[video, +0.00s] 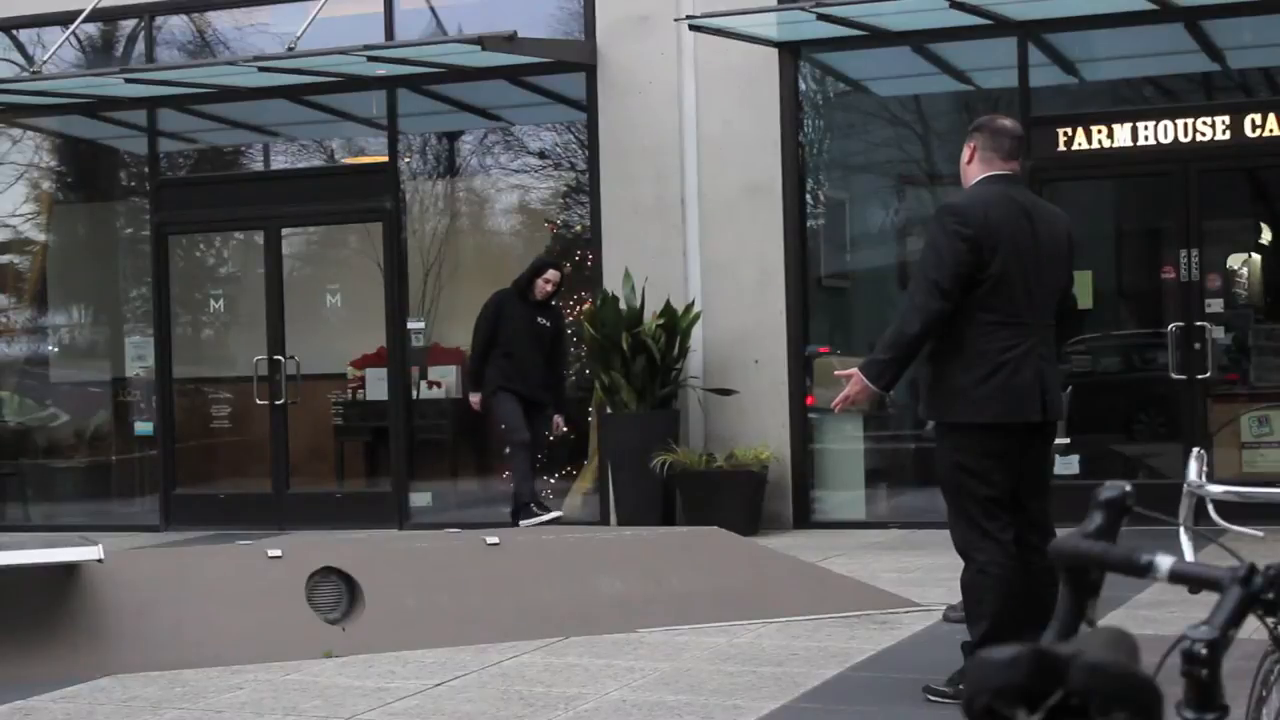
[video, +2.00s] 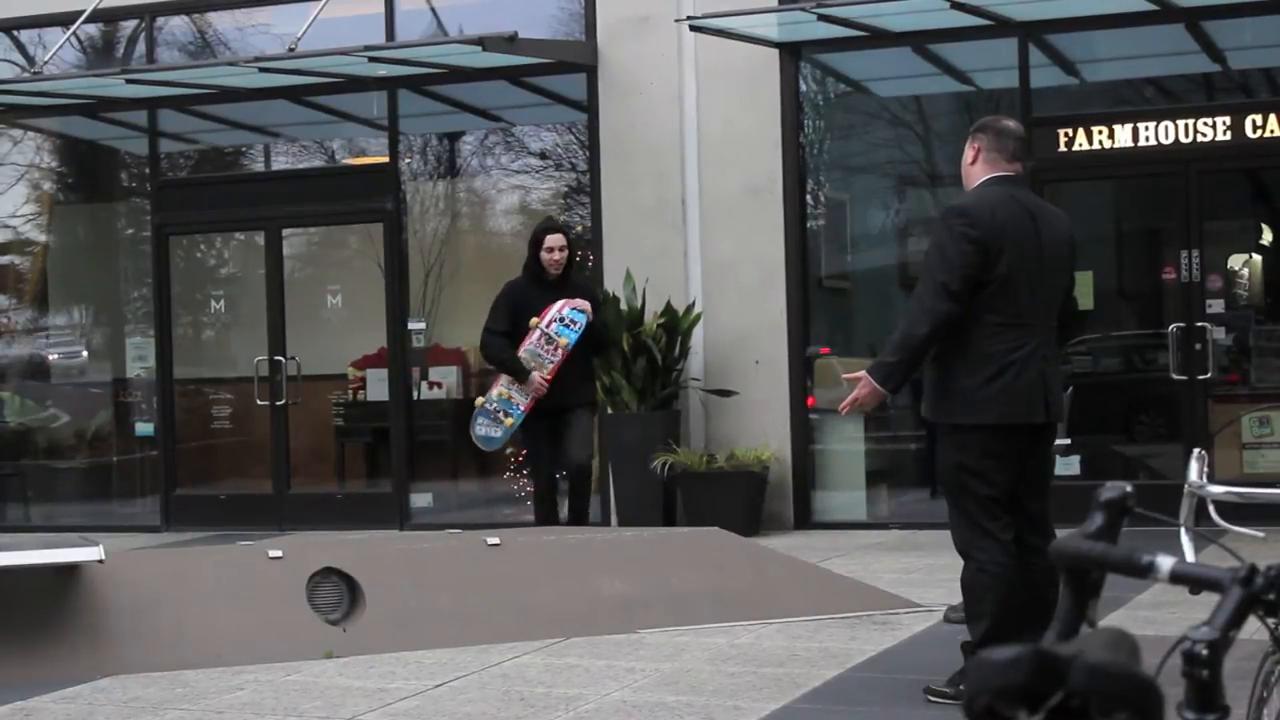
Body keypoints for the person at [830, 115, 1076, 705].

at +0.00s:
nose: (960, 165)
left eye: (962, 156)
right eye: (964, 157)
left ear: (972, 155)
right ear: (1020, 161)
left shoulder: (963, 214)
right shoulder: (1052, 220)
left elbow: (927, 304)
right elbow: (1067, 314)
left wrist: (876, 374)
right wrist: (1027, 352)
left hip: (972, 405)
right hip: (1034, 404)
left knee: (983, 538)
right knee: (1029, 531)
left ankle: (988, 673)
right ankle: (1033, 665)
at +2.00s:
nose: (960, 166)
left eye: (963, 156)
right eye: (964, 157)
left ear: (974, 154)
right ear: (1022, 161)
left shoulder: (968, 216)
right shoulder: (1052, 221)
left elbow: (932, 308)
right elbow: (1068, 316)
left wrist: (883, 376)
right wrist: (1025, 352)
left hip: (973, 407)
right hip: (1034, 407)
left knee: (982, 539)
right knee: (1029, 531)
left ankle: (988, 674)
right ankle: (1030, 665)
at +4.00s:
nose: (956, 164)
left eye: (959, 153)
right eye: (959, 155)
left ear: (973, 151)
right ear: (1019, 159)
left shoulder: (969, 218)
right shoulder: (1049, 221)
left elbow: (937, 311)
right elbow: (1063, 320)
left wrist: (889, 377)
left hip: (976, 408)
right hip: (1034, 408)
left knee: (983, 539)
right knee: (1029, 531)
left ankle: (988, 674)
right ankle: (1027, 666)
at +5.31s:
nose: (938, 167)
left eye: (943, 156)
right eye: (940, 156)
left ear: (969, 156)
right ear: (991, 156)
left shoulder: (966, 218)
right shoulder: (1037, 219)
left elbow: (938, 311)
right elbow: (1040, 316)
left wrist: (890, 377)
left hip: (975, 408)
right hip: (1029, 406)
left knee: (981, 539)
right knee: (1026, 532)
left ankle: (987, 674)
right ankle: (1027, 665)